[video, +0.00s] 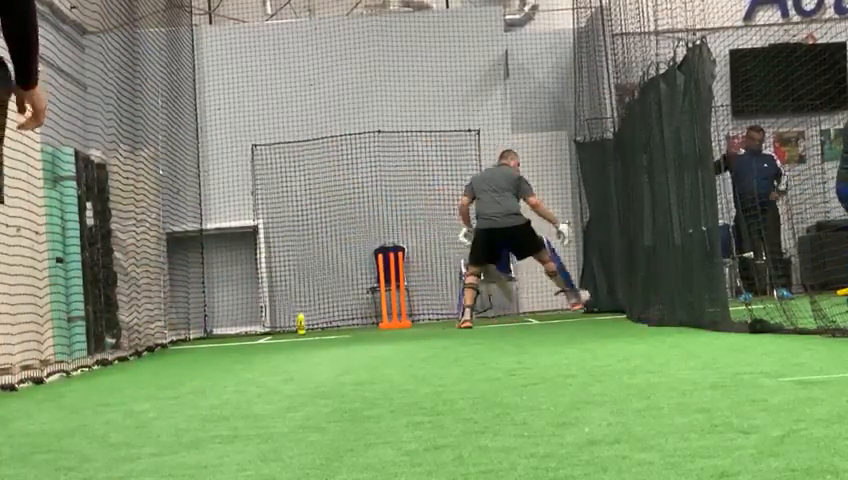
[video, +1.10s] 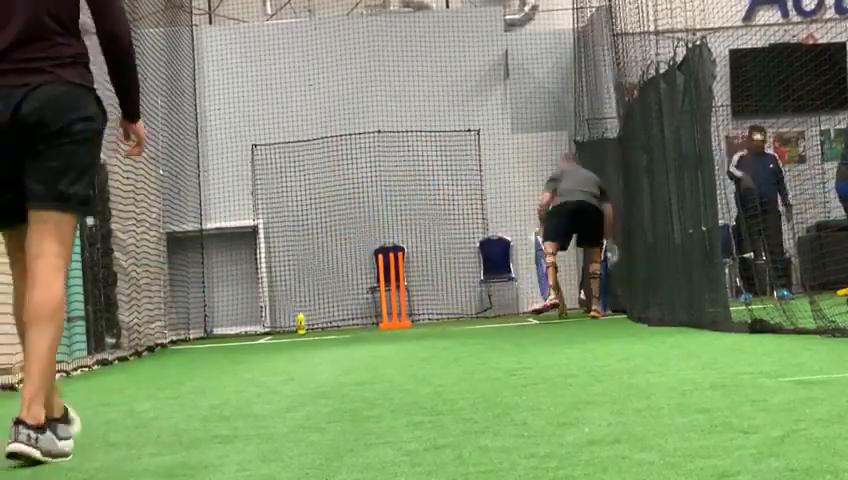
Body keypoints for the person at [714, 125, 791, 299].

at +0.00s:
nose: (756, 143)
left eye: (759, 141)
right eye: (752, 140)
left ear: (763, 142)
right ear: (745, 140)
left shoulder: (768, 160)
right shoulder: (735, 159)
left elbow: (781, 180)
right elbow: (713, 170)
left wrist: (779, 192)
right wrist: (727, 155)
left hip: (767, 210)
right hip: (744, 211)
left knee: (773, 247)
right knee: (744, 250)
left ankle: (779, 286)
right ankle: (749, 289)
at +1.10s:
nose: (759, 144)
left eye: (762, 141)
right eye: (755, 140)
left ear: (765, 141)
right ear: (749, 141)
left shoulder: (772, 158)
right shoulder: (740, 157)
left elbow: (780, 182)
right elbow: (731, 172)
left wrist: (786, 203)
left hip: (770, 209)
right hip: (748, 210)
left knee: (775, 247)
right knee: (746, 250)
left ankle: (781, 286)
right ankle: (749, 289)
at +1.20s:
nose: (761, 143)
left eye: (764, 140)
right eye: (757, 140)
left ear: (766, 141)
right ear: (749, 140)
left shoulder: (772, 158)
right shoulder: (742, 158)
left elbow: (780, 180)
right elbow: (739, 180)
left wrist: (785, 201)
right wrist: (751, 198)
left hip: (771, 206)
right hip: (750, 207)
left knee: (775, 245)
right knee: (748, 247)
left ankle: (780, 285)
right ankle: (749, 288)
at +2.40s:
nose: (758, 144)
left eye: (760, 141)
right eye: (754, 141)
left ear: (763, 141)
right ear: (745, 141)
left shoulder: (770, 158)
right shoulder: (735, 160)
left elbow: (778, 183)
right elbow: (726, 185)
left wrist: (782, 205)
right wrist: (732, 209)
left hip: (770, 211)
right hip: (746, 213)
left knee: (775, 248)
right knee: (747, 251)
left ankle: (780, 285)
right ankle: (748, 289)